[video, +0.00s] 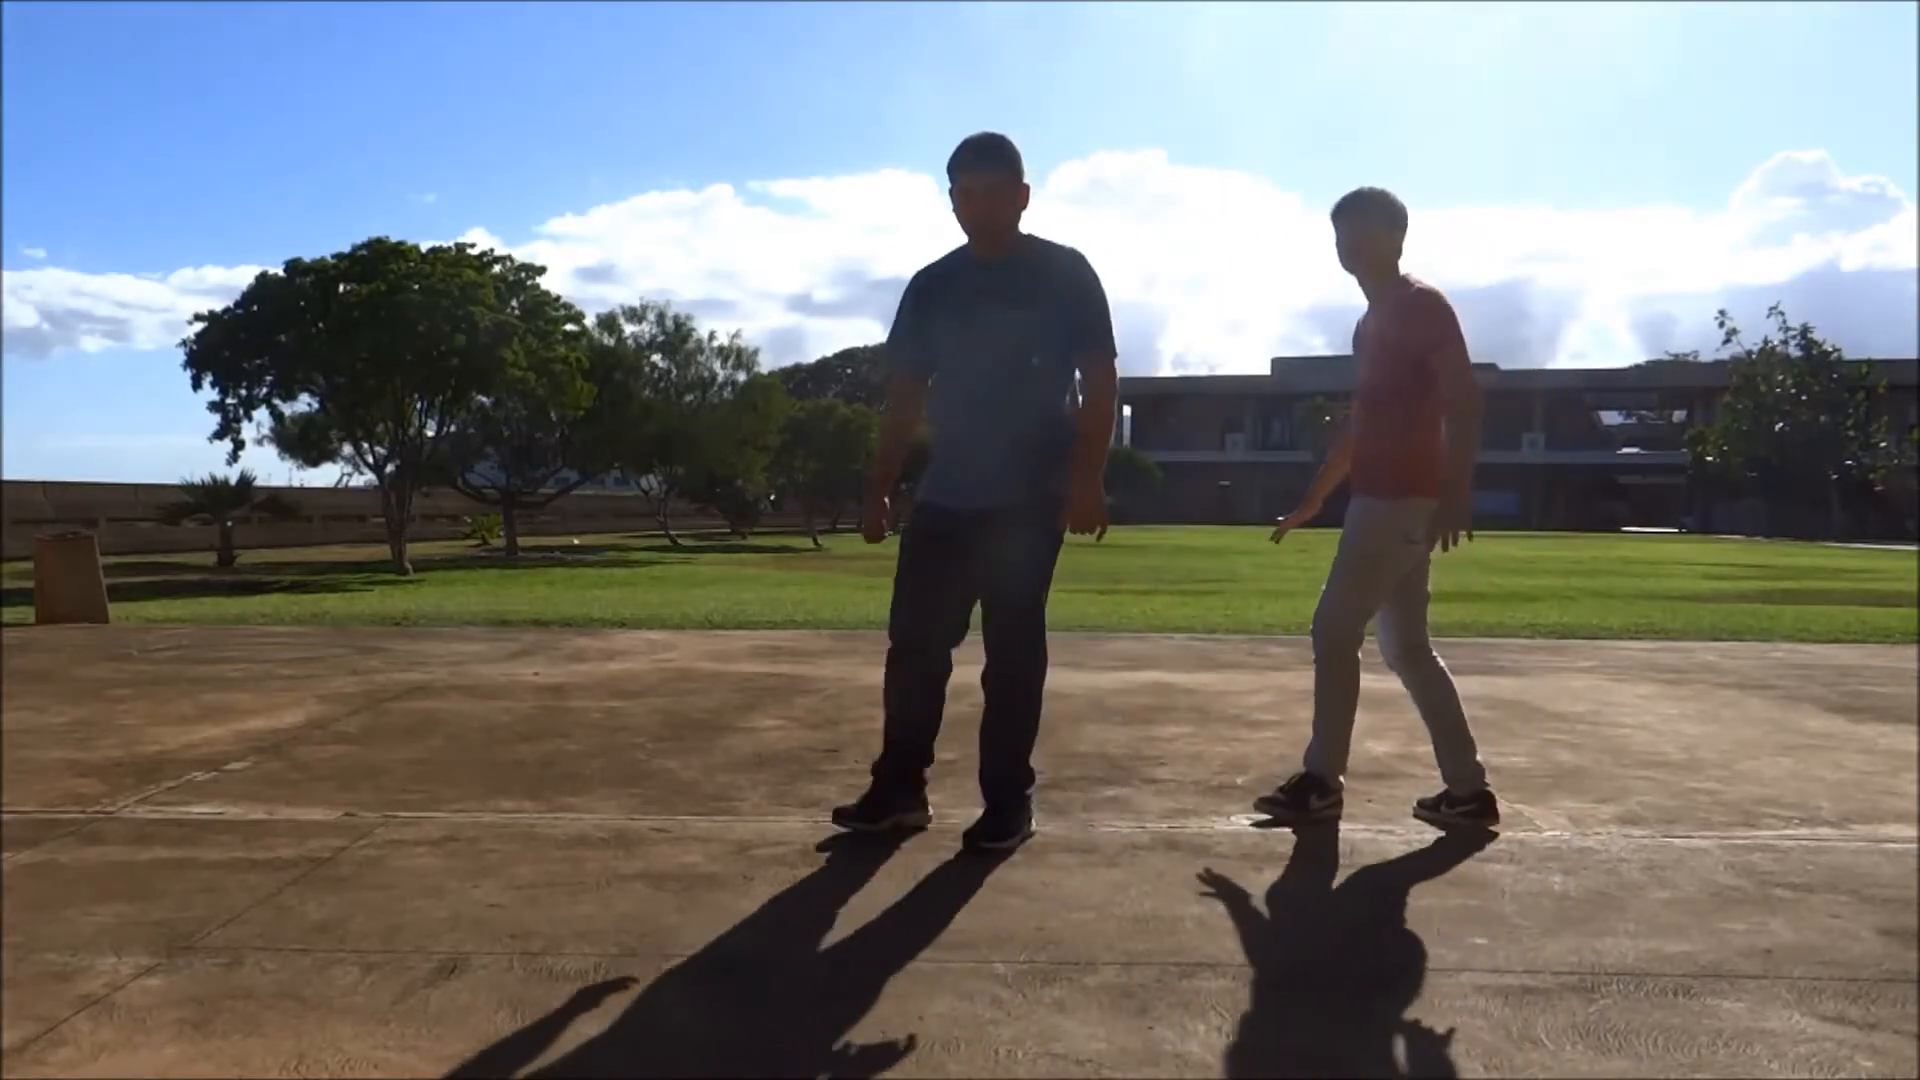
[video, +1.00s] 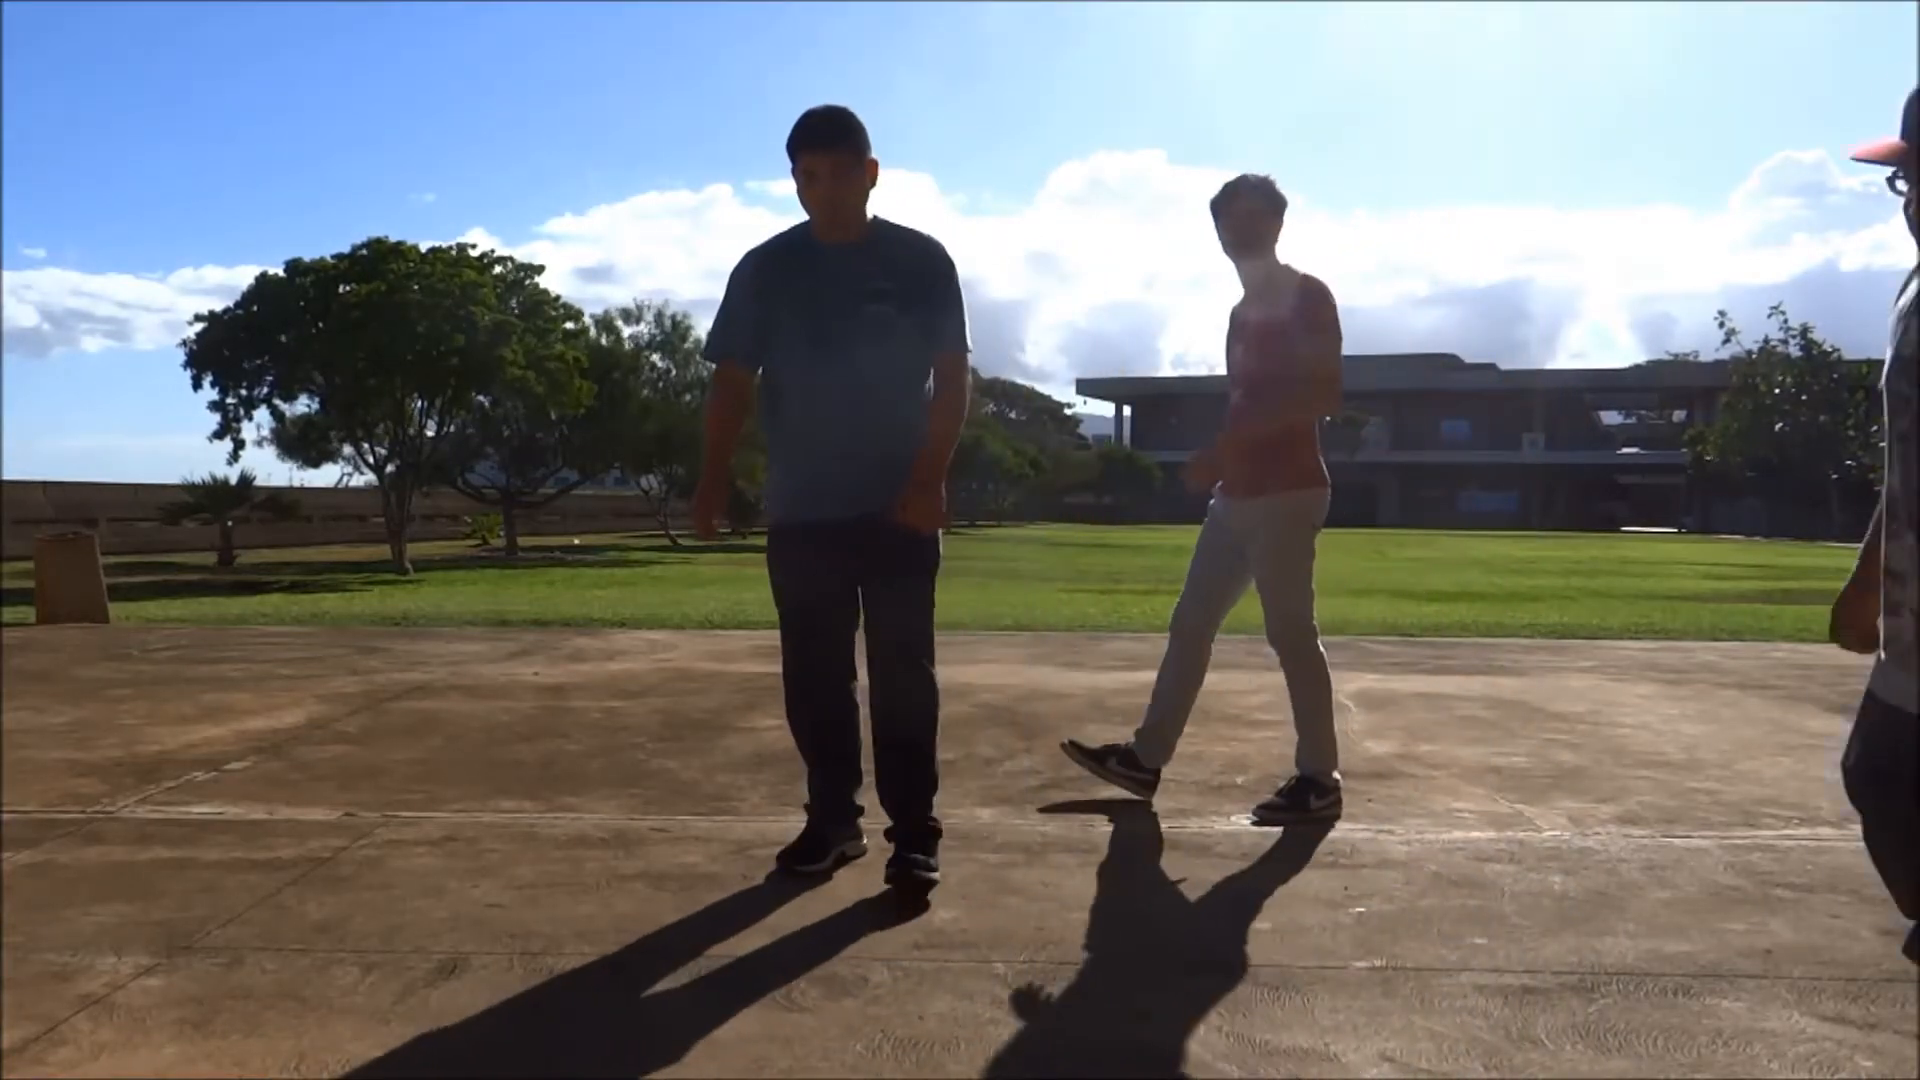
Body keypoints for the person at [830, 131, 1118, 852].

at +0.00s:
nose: (970, 204)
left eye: (985, 189)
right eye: (960, 191)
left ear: (1021, 192)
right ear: (950, 197)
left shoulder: (1068, 275)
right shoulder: (930, 286)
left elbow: (1100, 383)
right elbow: (904, 394)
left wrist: (1088, 478)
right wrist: (881, 484)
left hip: (1029, 496)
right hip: (944, 493)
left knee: (1012, 653)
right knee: (915, 643)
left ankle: (1007, 801)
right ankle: (898, 789)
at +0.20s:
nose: (947, 212)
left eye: (962, 196)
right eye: (935, 198)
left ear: (993, 192)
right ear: (920, 198)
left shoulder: (1040, 275)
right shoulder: (900, 287)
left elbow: (1078, 384)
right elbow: (881, 398)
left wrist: (1067, 485)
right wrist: (862, 494)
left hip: (1004, 503)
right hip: (917, 502)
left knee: (1000, 659)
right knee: (882, 649)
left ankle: (1005, 805)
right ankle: (839, 799)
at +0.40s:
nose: (904, 200)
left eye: (919, 185)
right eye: (892, 187)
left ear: (956, 186)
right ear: (881, 192)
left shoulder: (1003, 276)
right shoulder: (858, 281)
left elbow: (1030, 390)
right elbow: (836, 396)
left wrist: (1014, 489)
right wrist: (823, 494)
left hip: (968, 511)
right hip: (877, 511)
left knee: (985, 669)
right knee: (857, 671)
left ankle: (1004, 806)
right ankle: (833, 820)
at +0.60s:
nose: (871, 200)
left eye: (885, 184)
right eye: (856, 185)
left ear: (916, 182)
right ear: (841, 187)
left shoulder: (961, 267)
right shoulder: (811, 274)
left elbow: (988, 384)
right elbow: (781, 390)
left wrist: (954, 483)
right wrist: (765, 492)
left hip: (929, 505)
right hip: (832, 512)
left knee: (952, 666)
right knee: (828, 676)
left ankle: (992, 796)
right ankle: (832, 821)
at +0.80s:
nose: (838, 188)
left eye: (853, 172)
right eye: (825, 175)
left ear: (886, 173)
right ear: (810, 180)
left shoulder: (934, 262)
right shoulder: (779, 270)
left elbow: (959, 375)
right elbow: (742, 382)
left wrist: (924, 477)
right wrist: (719, 479)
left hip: (912, 498)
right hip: (814, 504)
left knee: (920, 659)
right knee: (816, 667)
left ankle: (950, 804)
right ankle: (831, 818)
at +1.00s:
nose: (817, 187)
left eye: (831, 171)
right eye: (804, 174)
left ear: (869, 170)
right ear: (793, 178)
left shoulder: (921, 261)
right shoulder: (762, 270)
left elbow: (952, 377)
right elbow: (729, 383)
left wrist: (929, 478)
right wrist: (714, 480)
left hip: (900, 503)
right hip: (802, 510)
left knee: (904, 676)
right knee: (814, 676)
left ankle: (913, 837)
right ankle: (831, 820)